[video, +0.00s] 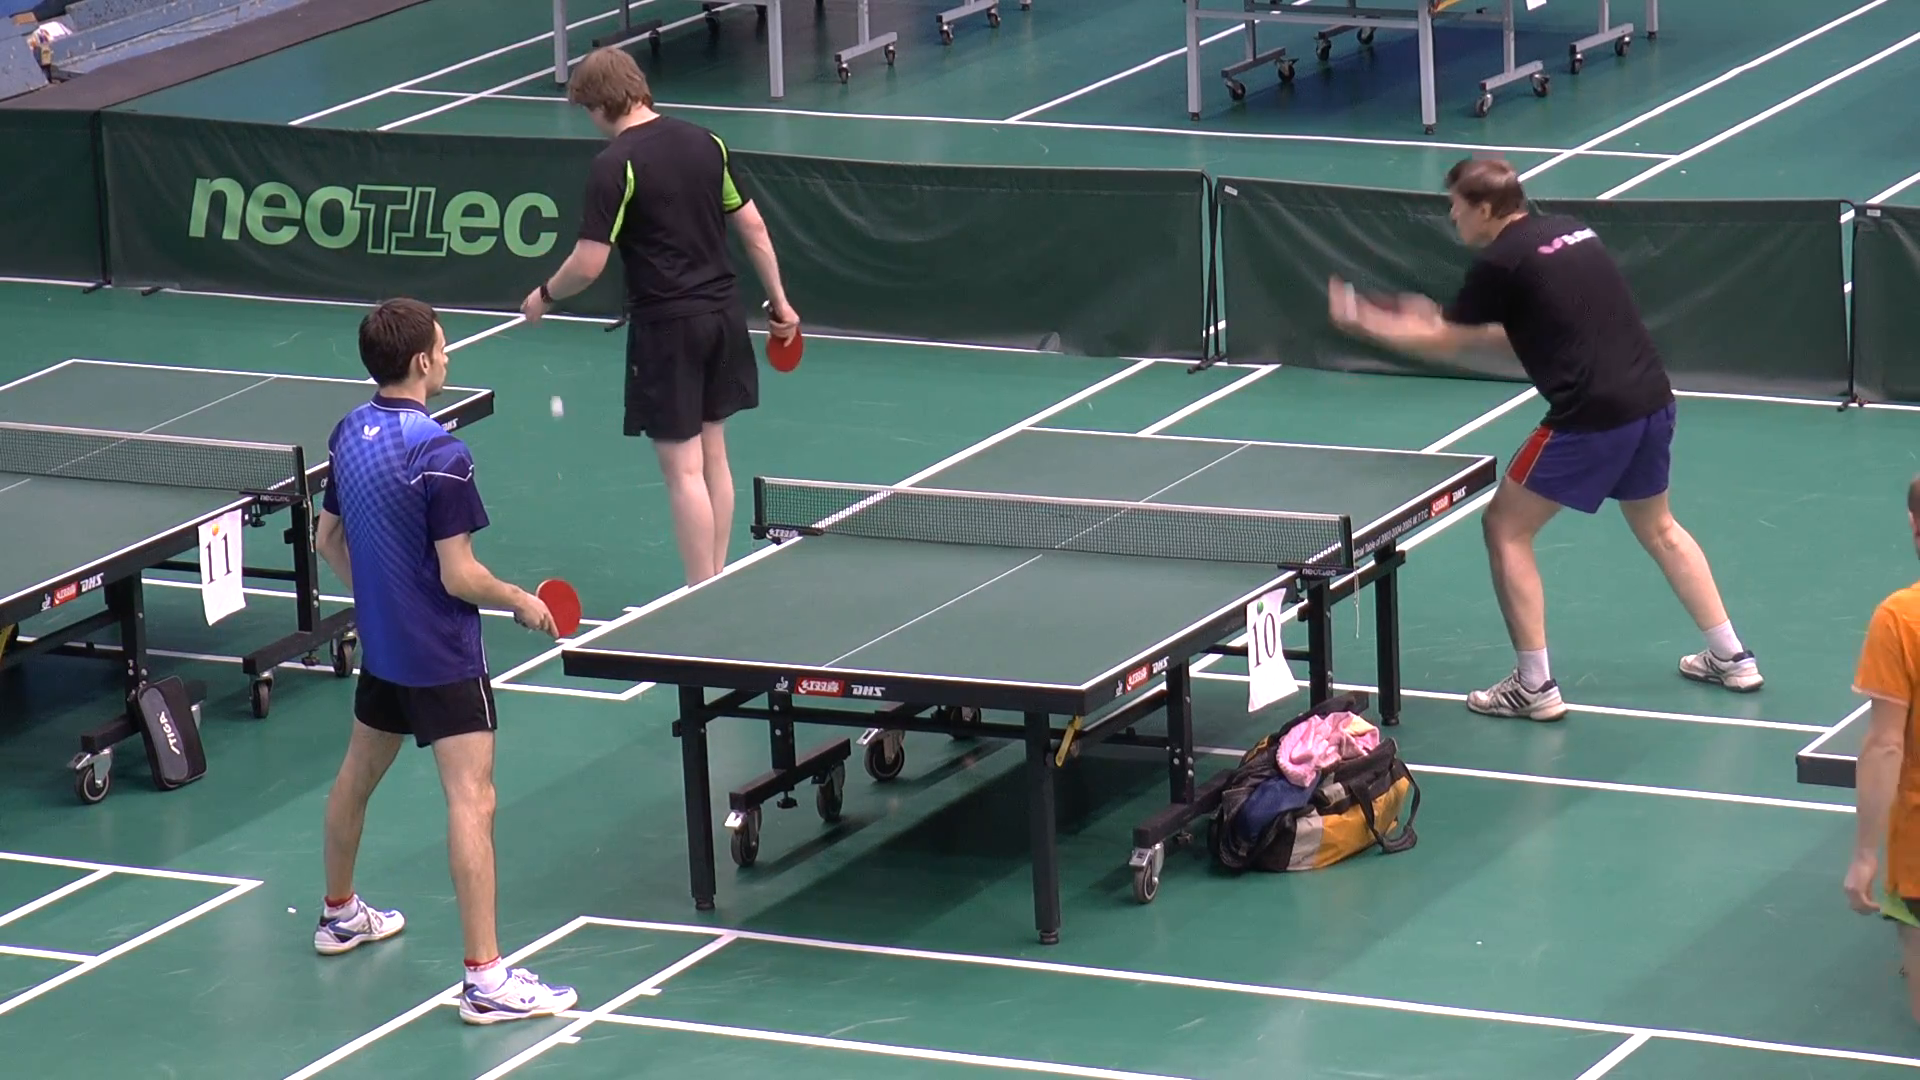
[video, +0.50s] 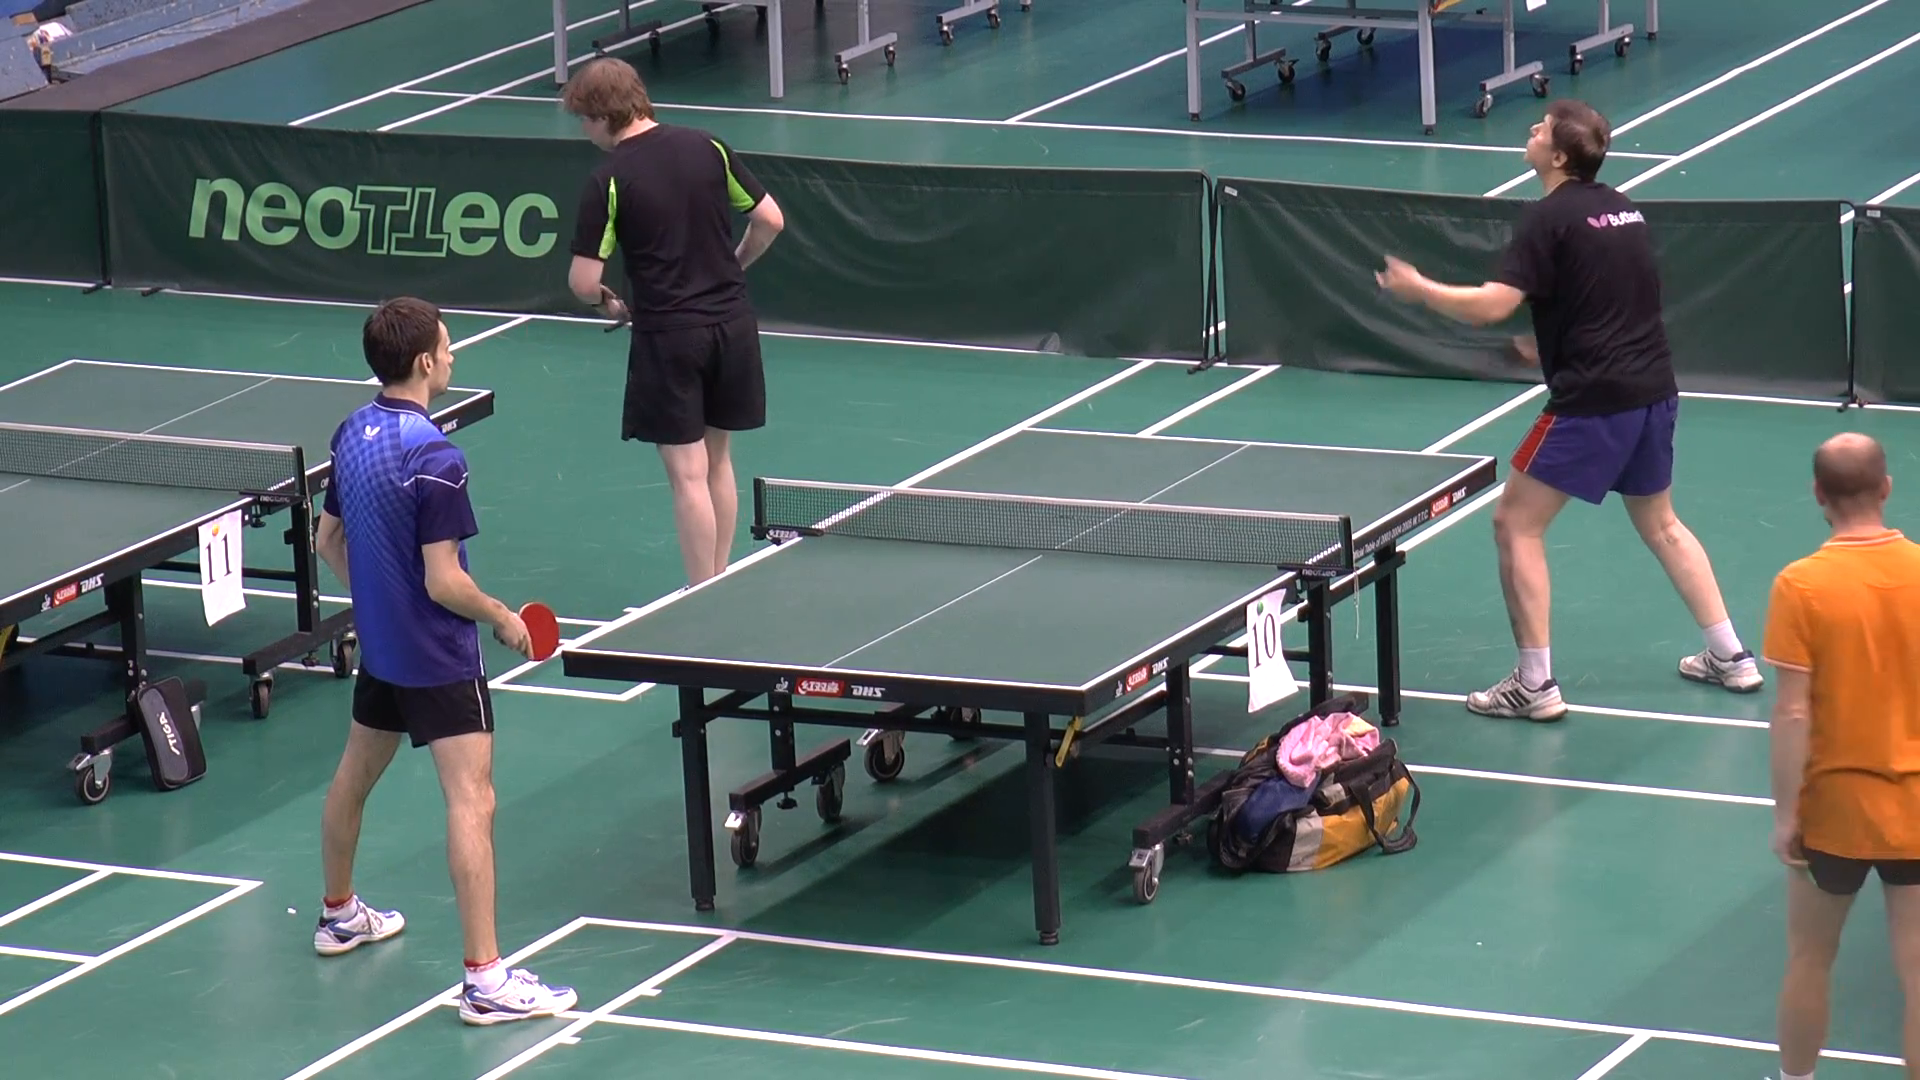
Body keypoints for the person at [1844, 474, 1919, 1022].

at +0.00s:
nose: (1911, 523)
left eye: (1912, 512)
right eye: (1914, 511)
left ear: (1915, 523)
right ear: (1918, 524)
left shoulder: (1902, 616)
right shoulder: (1899, 616)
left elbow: (1886, 744)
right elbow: (1885, 742)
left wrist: (1865, 853)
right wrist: (1869, 852)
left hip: (1914, 855)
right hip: (1910, 855)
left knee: (1919, 992)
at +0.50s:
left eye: (1815, 486)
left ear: (1818, 495)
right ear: (1887, 489)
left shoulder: (1803, 583)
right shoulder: (1915, 567)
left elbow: (1792, 711)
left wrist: (1785, 811)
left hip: (1836, 802)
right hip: (1915, 802)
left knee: (1810, 961)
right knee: (1917, 973)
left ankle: (1795, 1075)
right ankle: (1912, 1072)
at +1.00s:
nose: (1821, 452)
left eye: (1815, 442)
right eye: (1818, 445)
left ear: (1750, 468)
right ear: (1813, 461)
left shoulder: (1716, 555)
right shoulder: (1868, 549)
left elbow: (1672, 662)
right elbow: (1902, 673)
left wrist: (1660, 726)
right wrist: (1918, 761)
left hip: (1761, 786)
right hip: (1853, 779)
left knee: (1774, 933)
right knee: (1857, 916)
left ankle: (1785, 1071)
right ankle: (1840, 1068)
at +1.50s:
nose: (1863, 433)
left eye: (1857, 424)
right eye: (1861, 426)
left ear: (1790, 450)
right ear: (1852, 449)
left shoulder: (1741, 521)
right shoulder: (1882, 546)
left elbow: (1708, 639)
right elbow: (1901, 681)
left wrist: (1729, 713)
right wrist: (1916, 756)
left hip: (1749, 747)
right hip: (1834, 758)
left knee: (1744, 866)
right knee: (1826, 915)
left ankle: (1721, 1009)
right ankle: (1817, 1066)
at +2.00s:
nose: (1839, 428)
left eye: (1837, 416)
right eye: (1836, 418)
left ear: (1770, 433)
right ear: (1818, 434)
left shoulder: (1731, 499)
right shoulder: (1790, 521)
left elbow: (1721, 627)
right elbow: (1800, 647)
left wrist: (1776, 706)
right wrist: (1877, 691)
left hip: (1702, 721)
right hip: (1746, 734)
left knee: (1716, 872)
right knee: (1780, 890)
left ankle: (1714, 1020)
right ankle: (1797, 1054)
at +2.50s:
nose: (1810, 444)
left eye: (1809, 433)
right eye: (1805, 434)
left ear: (1763, 439)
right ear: (1773, 441)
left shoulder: (1755, 507)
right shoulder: (1690, 514)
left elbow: (1806, 593)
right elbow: (1661, 631)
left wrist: (1900, 613)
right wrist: (1743, 690)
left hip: (1700, 713)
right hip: (1640, 714)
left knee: (1700, 859)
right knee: (1612, 865)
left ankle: (1714, 1019)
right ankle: (1550, 990)